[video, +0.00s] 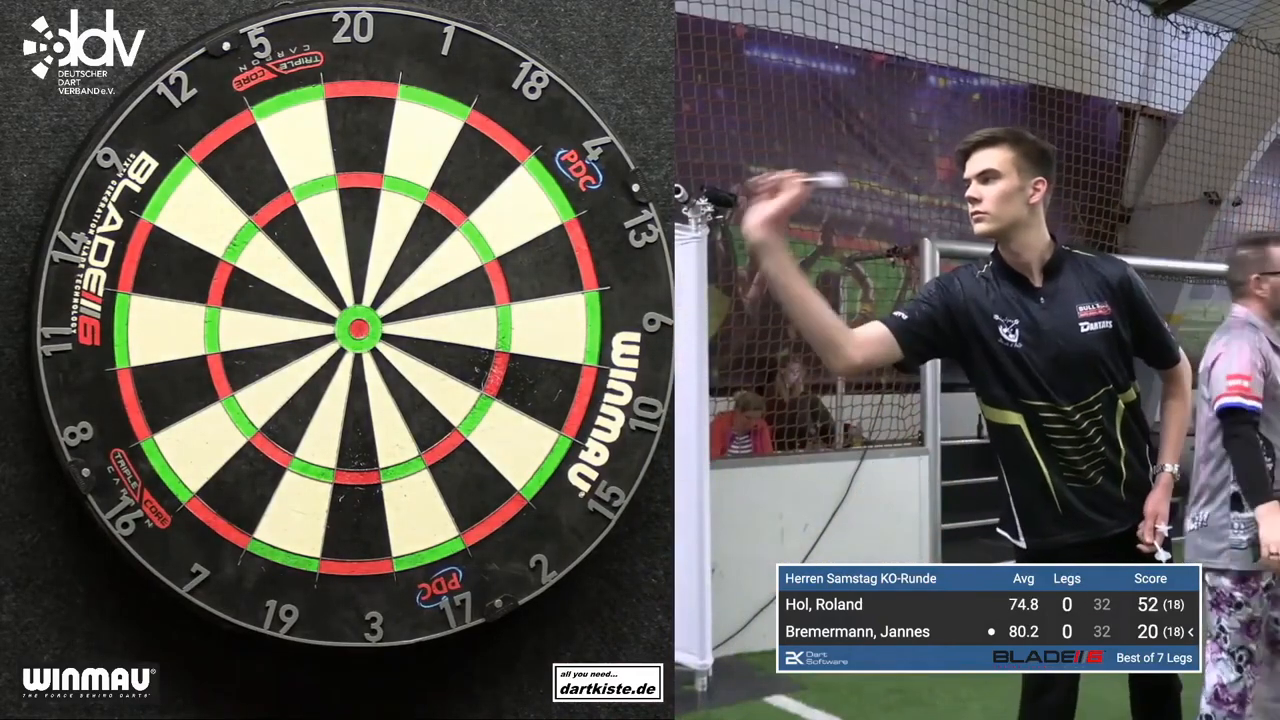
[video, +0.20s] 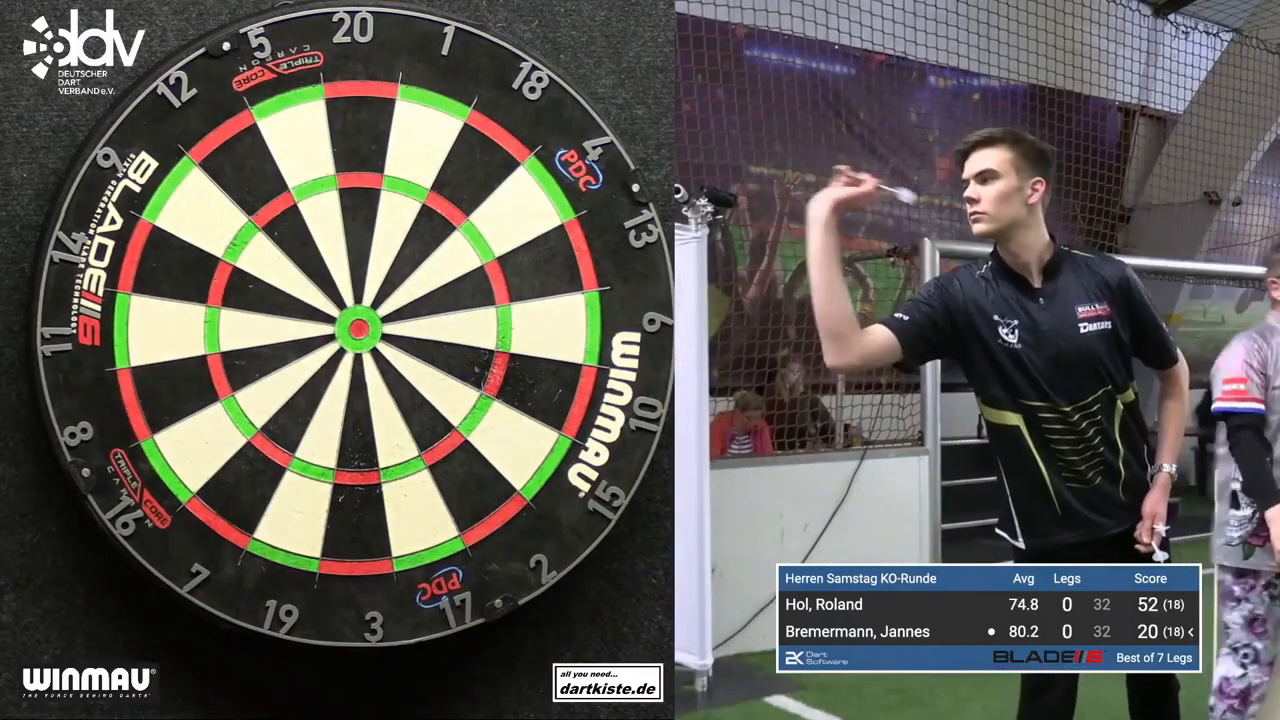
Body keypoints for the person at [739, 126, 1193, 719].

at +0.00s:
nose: (970, 195)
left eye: (987, 179)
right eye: (968, 185)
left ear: (1037, 191)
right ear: (968, 200)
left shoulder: (1108, 279)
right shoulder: (960, 297)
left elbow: (1177, 374)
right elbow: (847, 352)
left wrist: (1166, 479)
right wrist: (765, 241)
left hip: (1136, 523)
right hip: (1046, 538)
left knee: (1158, 685)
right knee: (1050, 698)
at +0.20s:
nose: (968, 194)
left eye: (986, 179)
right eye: (966, 184)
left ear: (1035, 189)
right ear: (966, 199)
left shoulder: (1107, 279)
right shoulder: (961, 297)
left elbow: (1174, 373)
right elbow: (844, 349)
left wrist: (1162, 481)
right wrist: (821, 213)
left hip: (1133, 528)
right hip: (1043, 543)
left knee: (1155, 686)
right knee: (1047, 700)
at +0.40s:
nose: (967, 196)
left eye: (984, 180)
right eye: (964, 185)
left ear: (1033, 191)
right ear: (963, 201)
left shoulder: (1105, 279)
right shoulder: (959, 297)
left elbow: (1173, 377)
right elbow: (842, 349)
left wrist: (1161, 481)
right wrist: (847, 216)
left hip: (1131, 528)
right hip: (1039, 542)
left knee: (1155, 687)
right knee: (1046, 700)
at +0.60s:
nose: (965, 196)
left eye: (982, 180)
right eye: (962, 186)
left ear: (1032, 191)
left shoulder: (1104, 280)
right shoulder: (958, 299)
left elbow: (1172, 378)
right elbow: (840, 356)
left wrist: (1159, 481)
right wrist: (832, 220)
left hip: (1130, 527)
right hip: (1039, 543)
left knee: (1154, 684)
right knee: (1046, 699)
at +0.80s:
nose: (968, 192)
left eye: (985, 177)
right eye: (965, 184)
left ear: (1035, 190)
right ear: (966, 199)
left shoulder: (1104, 282)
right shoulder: (959, 280)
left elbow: (1174, 377)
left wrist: (1160, 487)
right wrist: (698, 271)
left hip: (1132, 520)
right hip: (1047, 529)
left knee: (1154, 681)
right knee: (1048, 693)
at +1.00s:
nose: (970, 193)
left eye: (986, 178)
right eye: (967, 184)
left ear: (1037, 188)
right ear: (969, 198)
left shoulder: (1109, 283)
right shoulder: (960, 284)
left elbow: (1173, 381)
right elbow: (840, 290)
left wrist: (1157, 487)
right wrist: (707, 318)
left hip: (1127, 522)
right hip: (1038, 535)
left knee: (1153, 682)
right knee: (1046, 691)